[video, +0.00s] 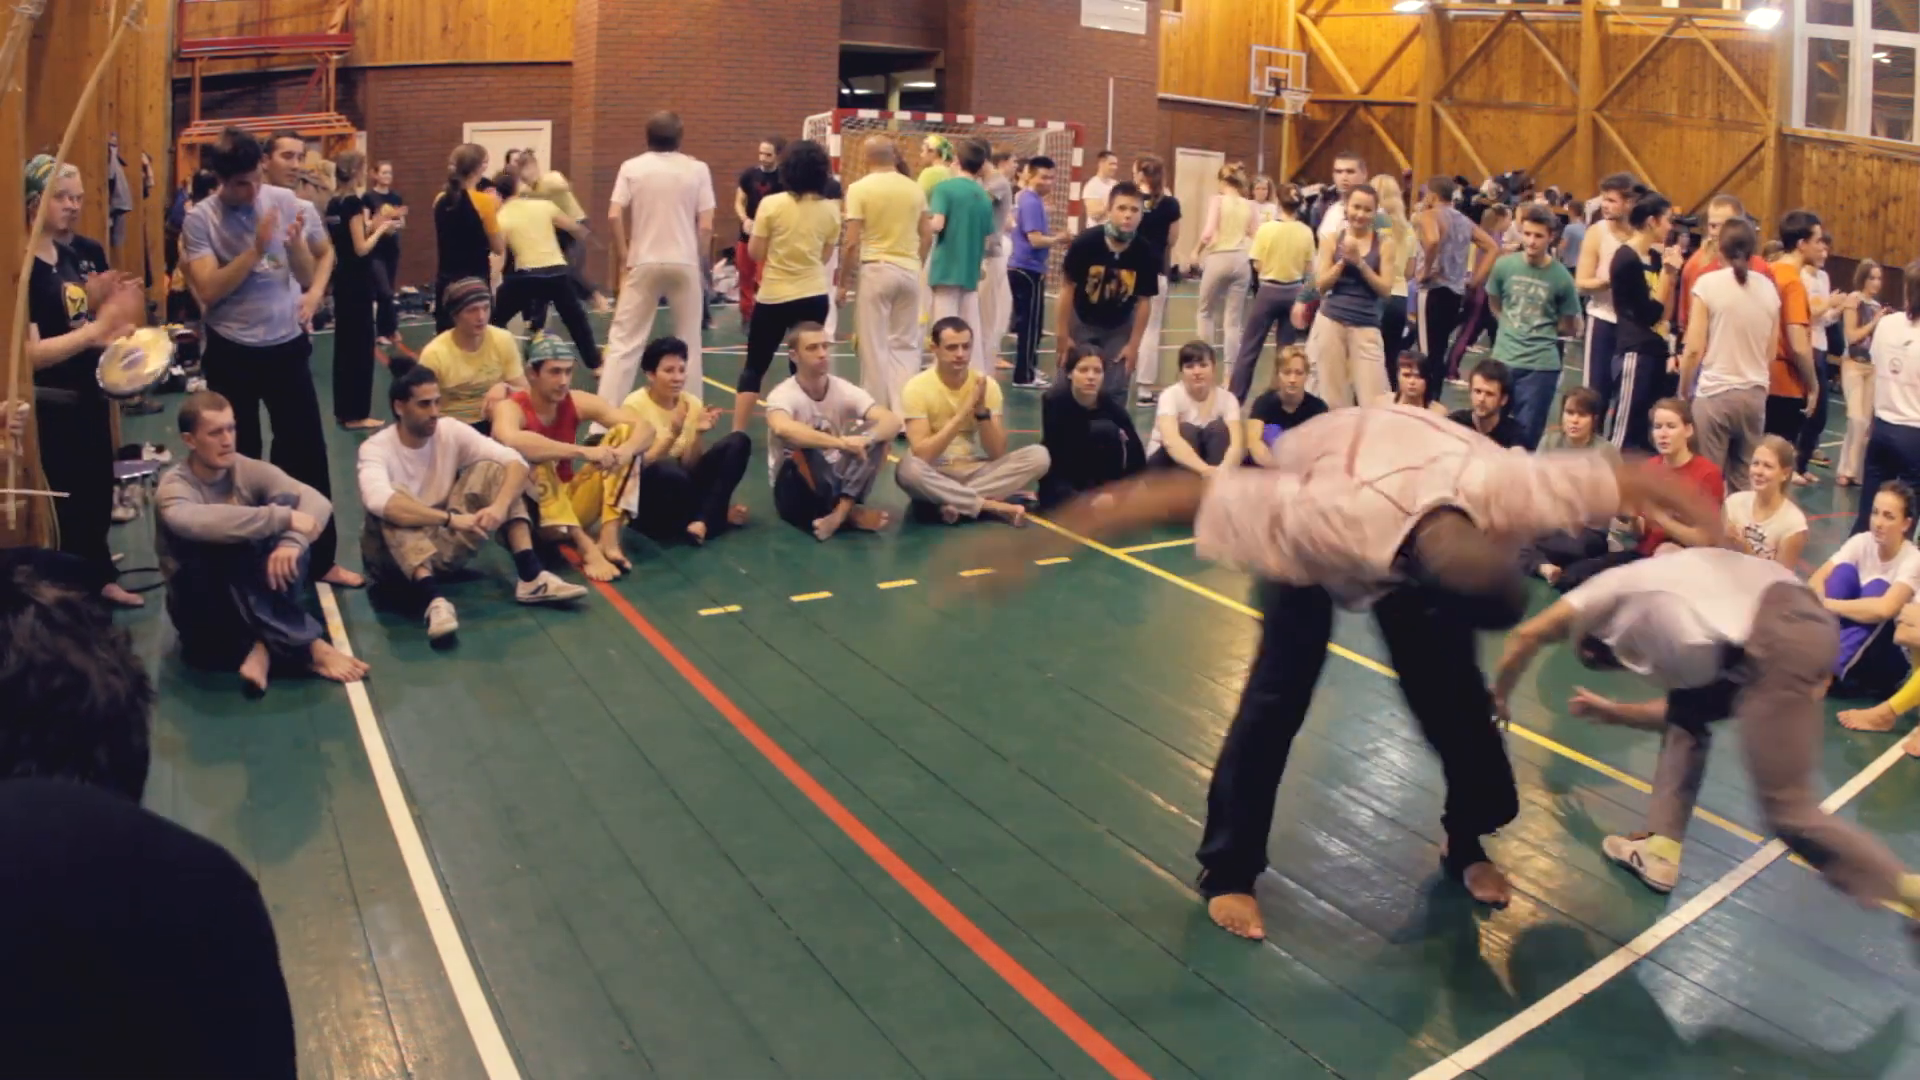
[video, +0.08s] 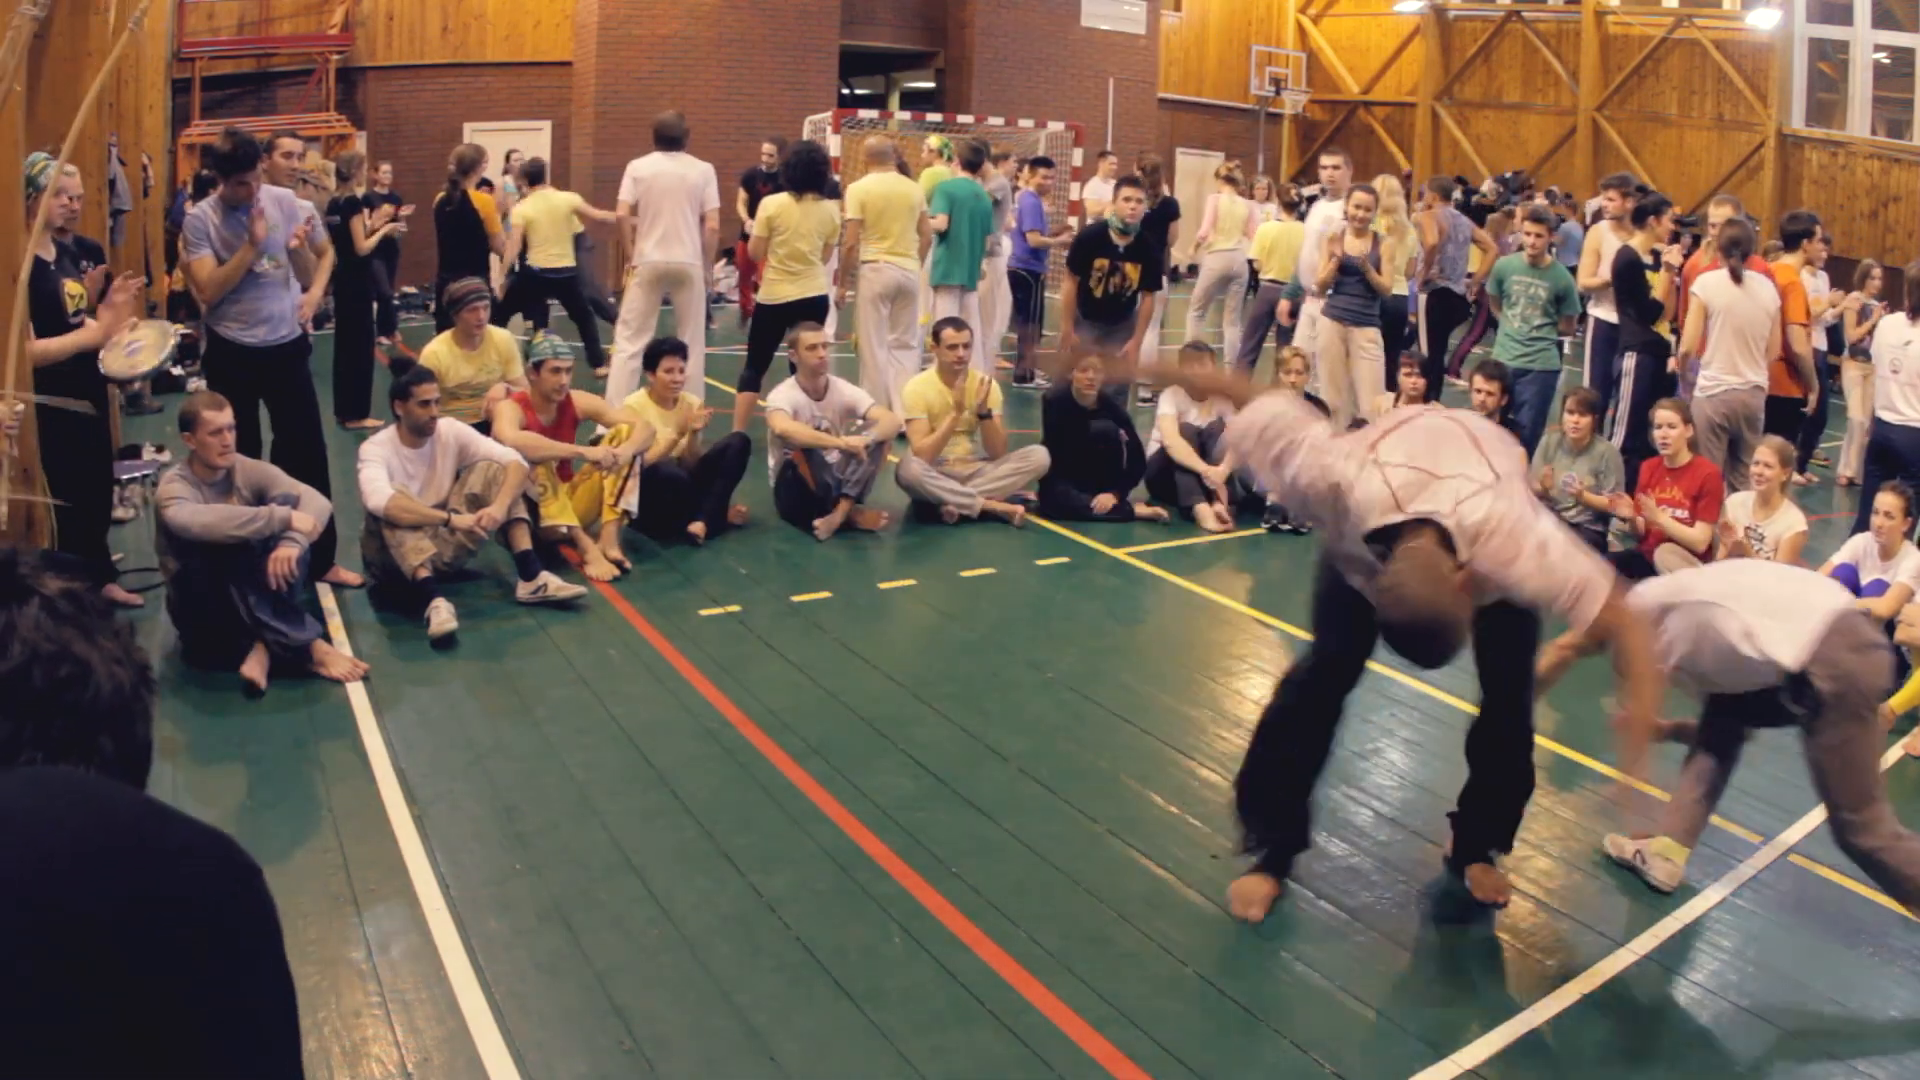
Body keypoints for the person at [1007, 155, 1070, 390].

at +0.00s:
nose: (1048, 182)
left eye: (1051, 178)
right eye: (1044, 177)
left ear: (1051, 179)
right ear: (1032, 176)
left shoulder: (1034, 200)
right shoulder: (1029, 201)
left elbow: (1036, 235)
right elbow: (1034, 238)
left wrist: (1057, 238)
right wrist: (1057, 239)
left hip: (1033, 267)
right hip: (1025, 268)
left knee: (1033, 322)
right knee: (1029, 323)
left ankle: (1029, 367)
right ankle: (1024, 373)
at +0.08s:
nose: (1049, 182)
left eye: (1051, 177)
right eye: (1045, 177)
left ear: (1050, 179)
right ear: (1032, 176)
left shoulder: (1034, 199)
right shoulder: (1029, 200)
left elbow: (1037, 235)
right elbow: (1033, 239)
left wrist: (1058, 232)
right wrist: (1059, 242)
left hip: (1032, 267)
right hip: (1025, 267)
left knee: (1032, 324)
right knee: (1028, 325)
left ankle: (1027, 370)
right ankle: (1024, 373)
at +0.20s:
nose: (1049, 182)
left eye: (1051, 178)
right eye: (1045, 177)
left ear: (1050, 179)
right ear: (1032, 176)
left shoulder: (1033, 199)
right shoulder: (1029, 201)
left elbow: (1035, 235)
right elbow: (1034, 239)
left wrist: (1058, 237)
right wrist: (1058, 238)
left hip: (1032, 267)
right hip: (1025, 268)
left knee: (1033, 322)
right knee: (1029, 322)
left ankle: (1029, 367)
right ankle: (1024, 373)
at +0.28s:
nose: (1049, 182)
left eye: (1051, 178)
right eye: (1045, 177)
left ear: (1051, 179)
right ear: (1033, 176)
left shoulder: (1031, 198)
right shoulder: (1029, 200)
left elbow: (1034, 236)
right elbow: (1035, 239)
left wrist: (1056, 238)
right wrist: (1059, 237)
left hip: (1031, 267)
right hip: (1026, 268)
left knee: (1032, 323)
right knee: (1029, 324)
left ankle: (1029, 367)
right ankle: (1024, 373)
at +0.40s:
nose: (1049, 182)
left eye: (1051, 178)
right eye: (1045, 177)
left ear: (1051, 179)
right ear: (1033, 176)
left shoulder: (1033, 199)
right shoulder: (1030, 200)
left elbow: (1035, 236)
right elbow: (1034, 239)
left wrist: (1057, 238)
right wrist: (1057, 239)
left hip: (1031, 267)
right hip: (1025, 268)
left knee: (1032, 322)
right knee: (1029, 323)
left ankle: (1028, 368)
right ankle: (1024, 373)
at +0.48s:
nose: (1049, 182)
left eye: (1051, 178)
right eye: (1046, 177)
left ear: (1049, 179)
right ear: (1033, 176)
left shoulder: (1032, 198)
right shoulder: (1030, 201)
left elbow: (1037, 234)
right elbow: (1033, 238)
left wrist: (1058, 233)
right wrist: (1061, 241)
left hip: (1030, 267)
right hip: (1026, 268)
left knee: (1032, 322)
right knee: (1029, 323)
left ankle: (1028, 368)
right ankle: (1024, 373)